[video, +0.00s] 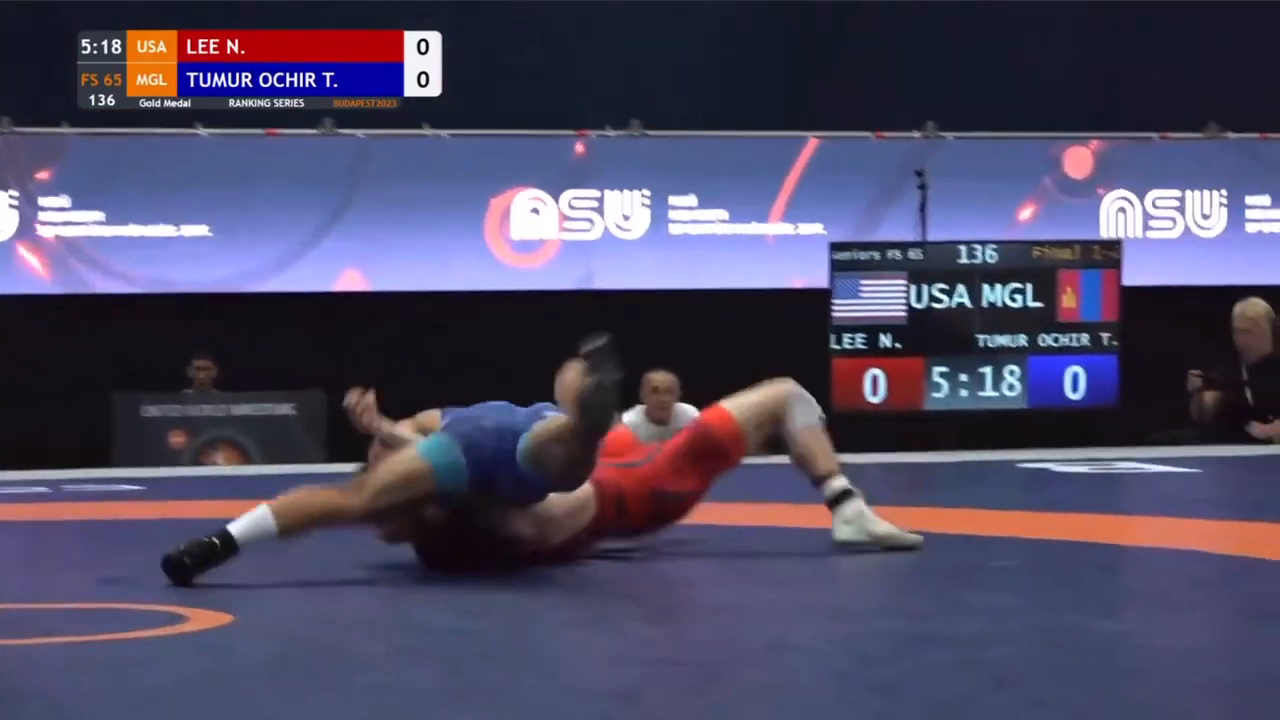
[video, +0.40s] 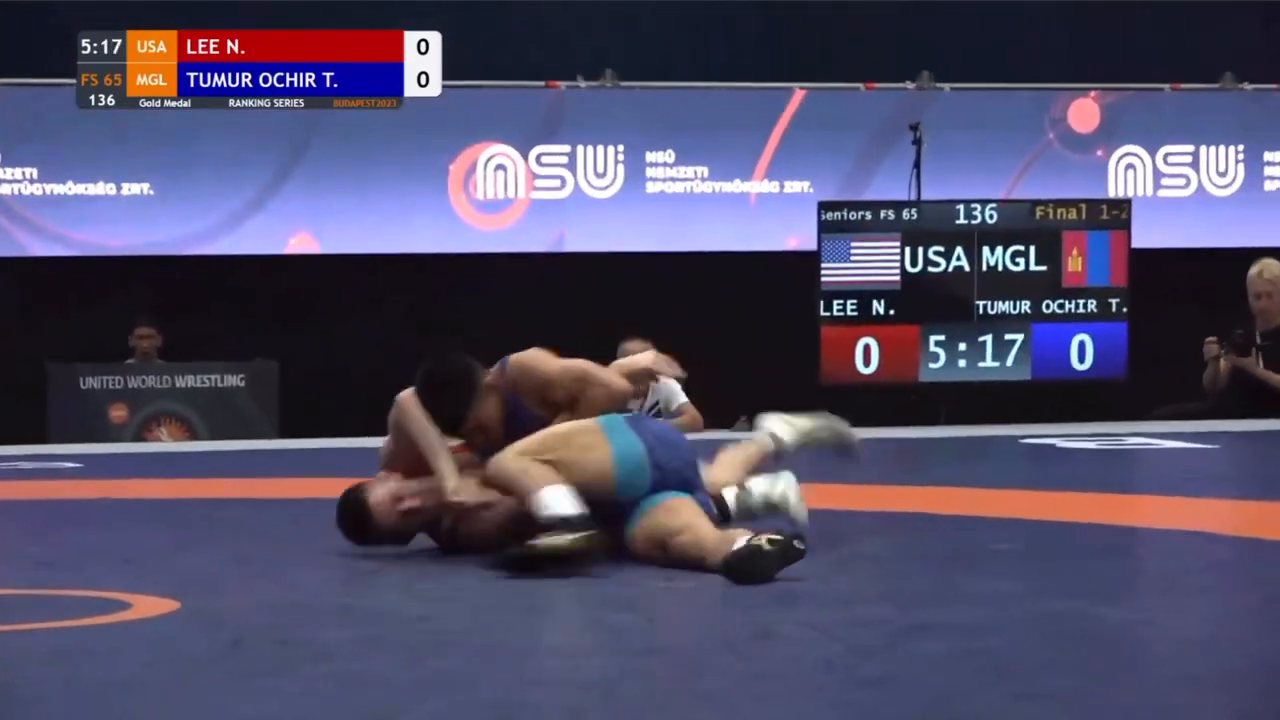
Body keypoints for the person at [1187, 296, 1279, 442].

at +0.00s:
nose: (1240, 340)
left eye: (1246, 332)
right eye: (1236, 332)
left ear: (1266, 330)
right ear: (1231, 332)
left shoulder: (1274, 371)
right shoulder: (1228, 370)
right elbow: (1204, 419)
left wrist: (1270, 431)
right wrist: (1198, 394)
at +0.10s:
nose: (1234, 328)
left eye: (1240, 320)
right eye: (1229, 321)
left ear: (1259, 319)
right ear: (1223, 322)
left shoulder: (1272, 358)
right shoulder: (1219, 359)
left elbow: (1276, 409)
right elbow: (1194, 407)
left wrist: (1239, 407)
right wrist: (1188, 384)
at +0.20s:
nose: (1241, 318)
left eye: (1248, 310)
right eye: (1236, 311)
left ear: (1267, 309)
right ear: (1230, 314)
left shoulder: (1273, 349)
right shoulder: (1223, 350)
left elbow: (1276, 399)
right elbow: (1196, 401)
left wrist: (1237, 389)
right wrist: (1194, 376)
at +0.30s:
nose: (1251, 311)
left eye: (1259, 303)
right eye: (1245, 304)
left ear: (1275, 303)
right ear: (1239, 307)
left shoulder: (1276, 343)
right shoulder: (1232, 345)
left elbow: (1276, 392)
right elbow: (1203, 397)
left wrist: (1243, 377)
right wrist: (1203, 368)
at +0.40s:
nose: (1263, 304)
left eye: (1270, 296)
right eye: (1257, 297)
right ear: (1248, 300)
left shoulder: (1275, 339)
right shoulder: (1243, 337)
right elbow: (1213, 390)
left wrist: (1254, 369)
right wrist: (1213, 364)